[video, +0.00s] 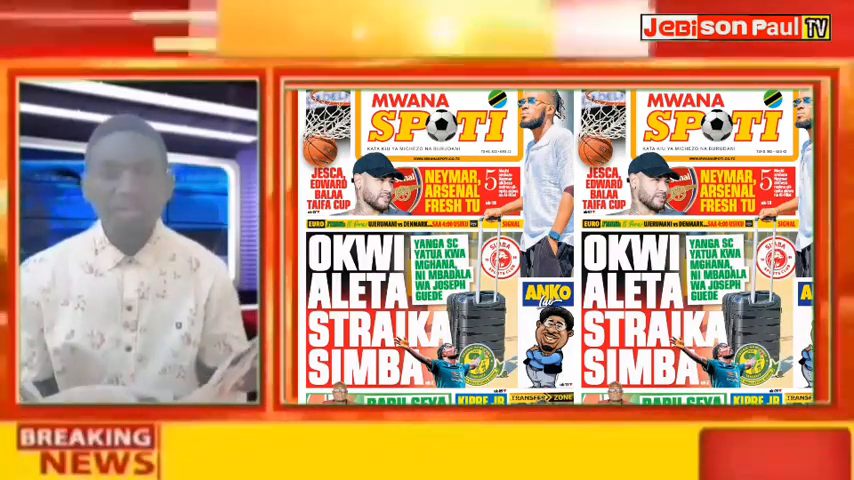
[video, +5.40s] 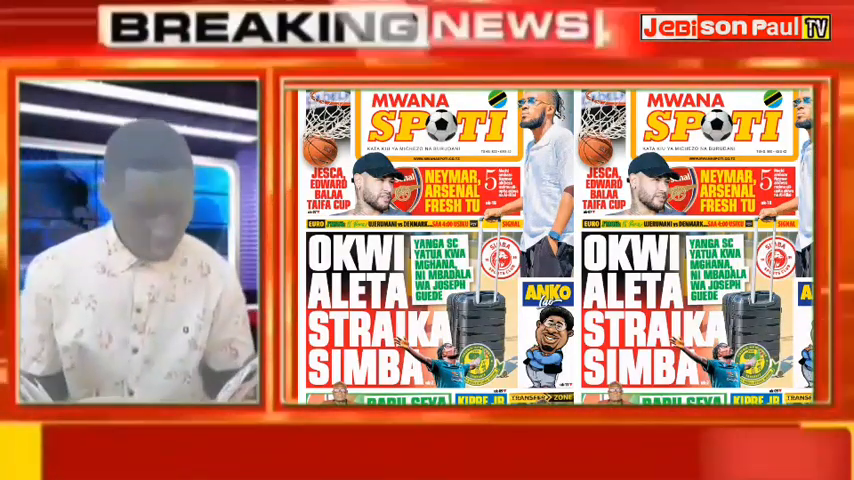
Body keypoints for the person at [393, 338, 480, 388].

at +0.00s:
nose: (453, 348)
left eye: (453, 347)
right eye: (449, 347)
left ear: (455, 351)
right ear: (443, 354)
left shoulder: (462, 367)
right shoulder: (438, 365)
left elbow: (474, 365)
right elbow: (423, 359)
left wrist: (478, 360)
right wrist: (408, 348)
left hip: (461, 403)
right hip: (444, 403)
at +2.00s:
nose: (453, 348)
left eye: (453, 347)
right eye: (449, 347)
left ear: (456, 352)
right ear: (443, 354)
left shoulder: (462, 367)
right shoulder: (439, 365)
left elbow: (474, 365)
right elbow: (423, 359)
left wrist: (478, 360)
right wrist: (408, 348)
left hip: (461, 402)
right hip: (445, 403)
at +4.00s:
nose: (453, 348)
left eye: (453, 347)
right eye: (449, 347)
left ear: (456, 352)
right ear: (443, 354)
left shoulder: (462, 367)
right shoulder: (439, 365)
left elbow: (474, 365)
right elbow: (423, 359)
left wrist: (478, 360)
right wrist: (407, 348)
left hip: (461, 403)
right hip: (444, 403)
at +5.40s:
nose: (453, 348)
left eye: (453, 347)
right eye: (449, 347)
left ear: (455, 352)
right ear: (443, 354)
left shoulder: (462, 367)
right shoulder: (439, 365)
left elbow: (474, 365)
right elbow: (423, 359)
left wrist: (478, 361)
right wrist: (408, 348)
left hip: (461, 403)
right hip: (444, 403)